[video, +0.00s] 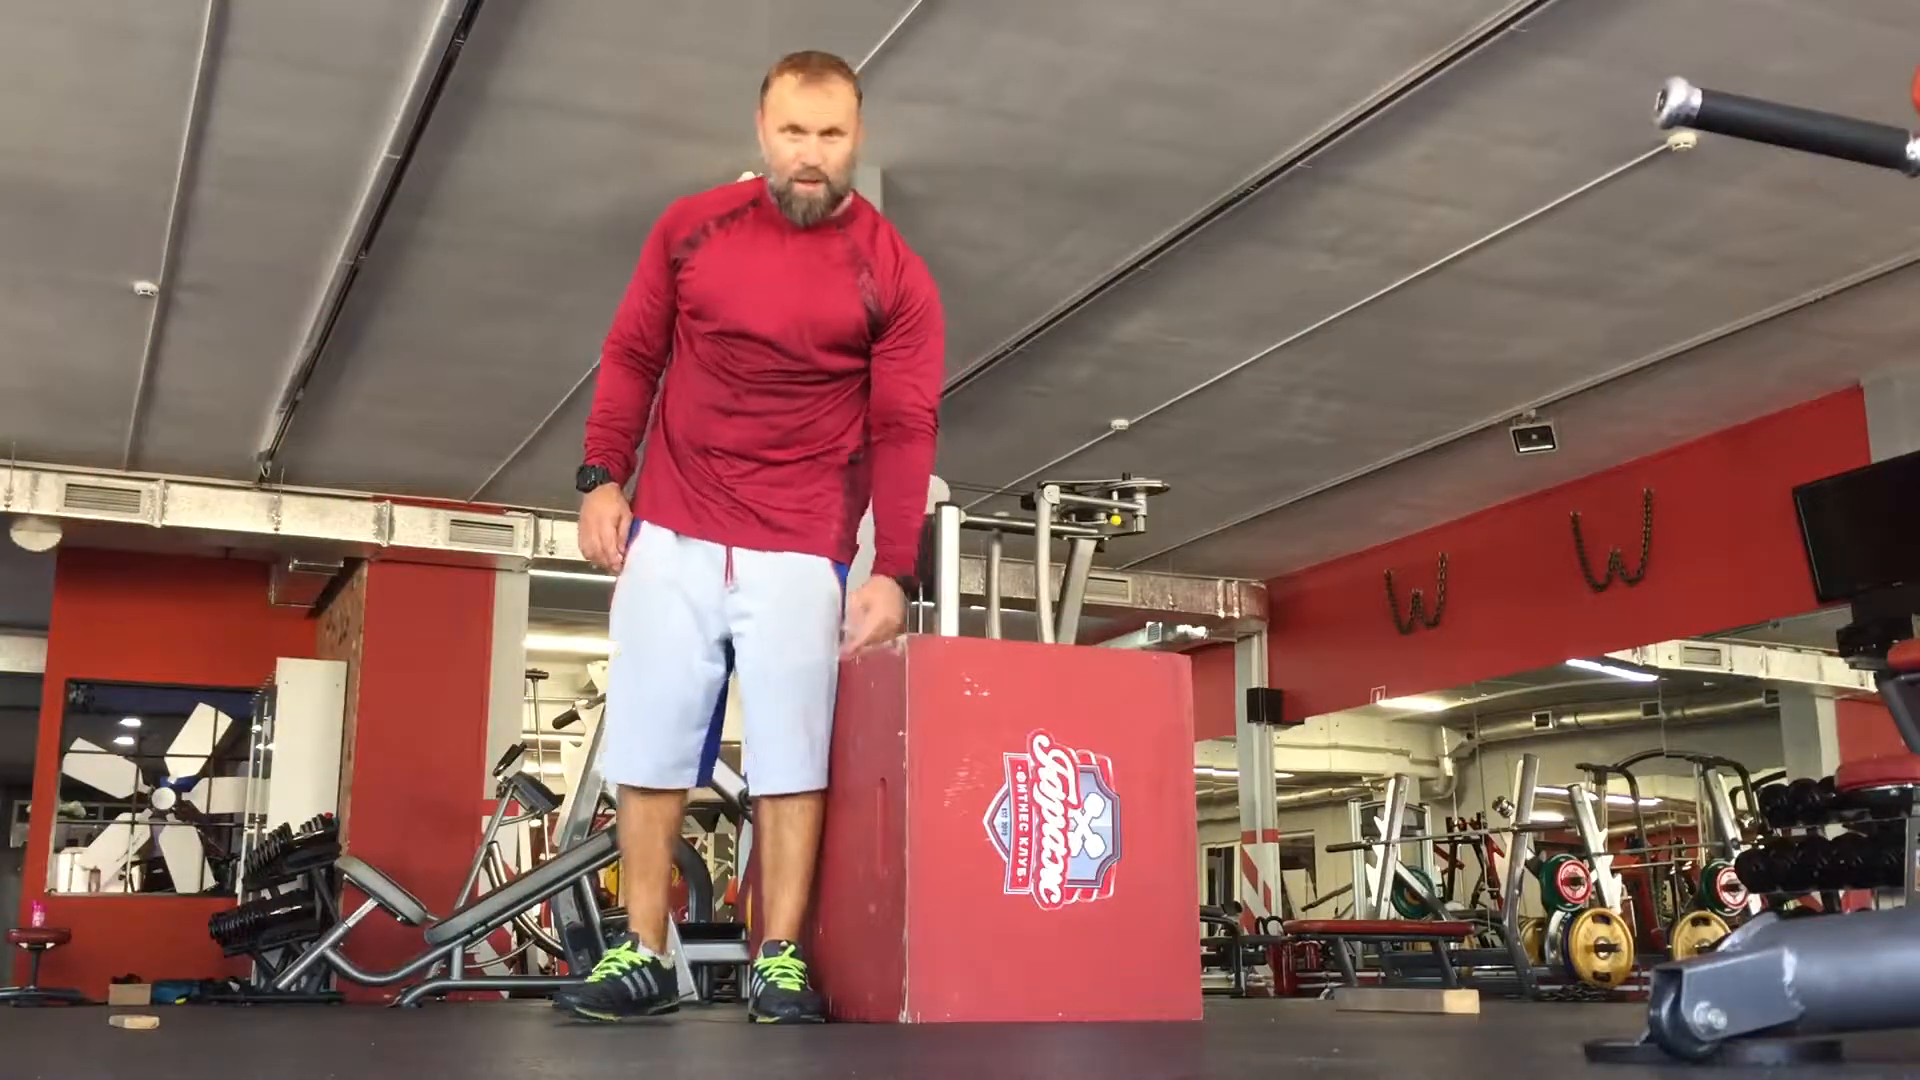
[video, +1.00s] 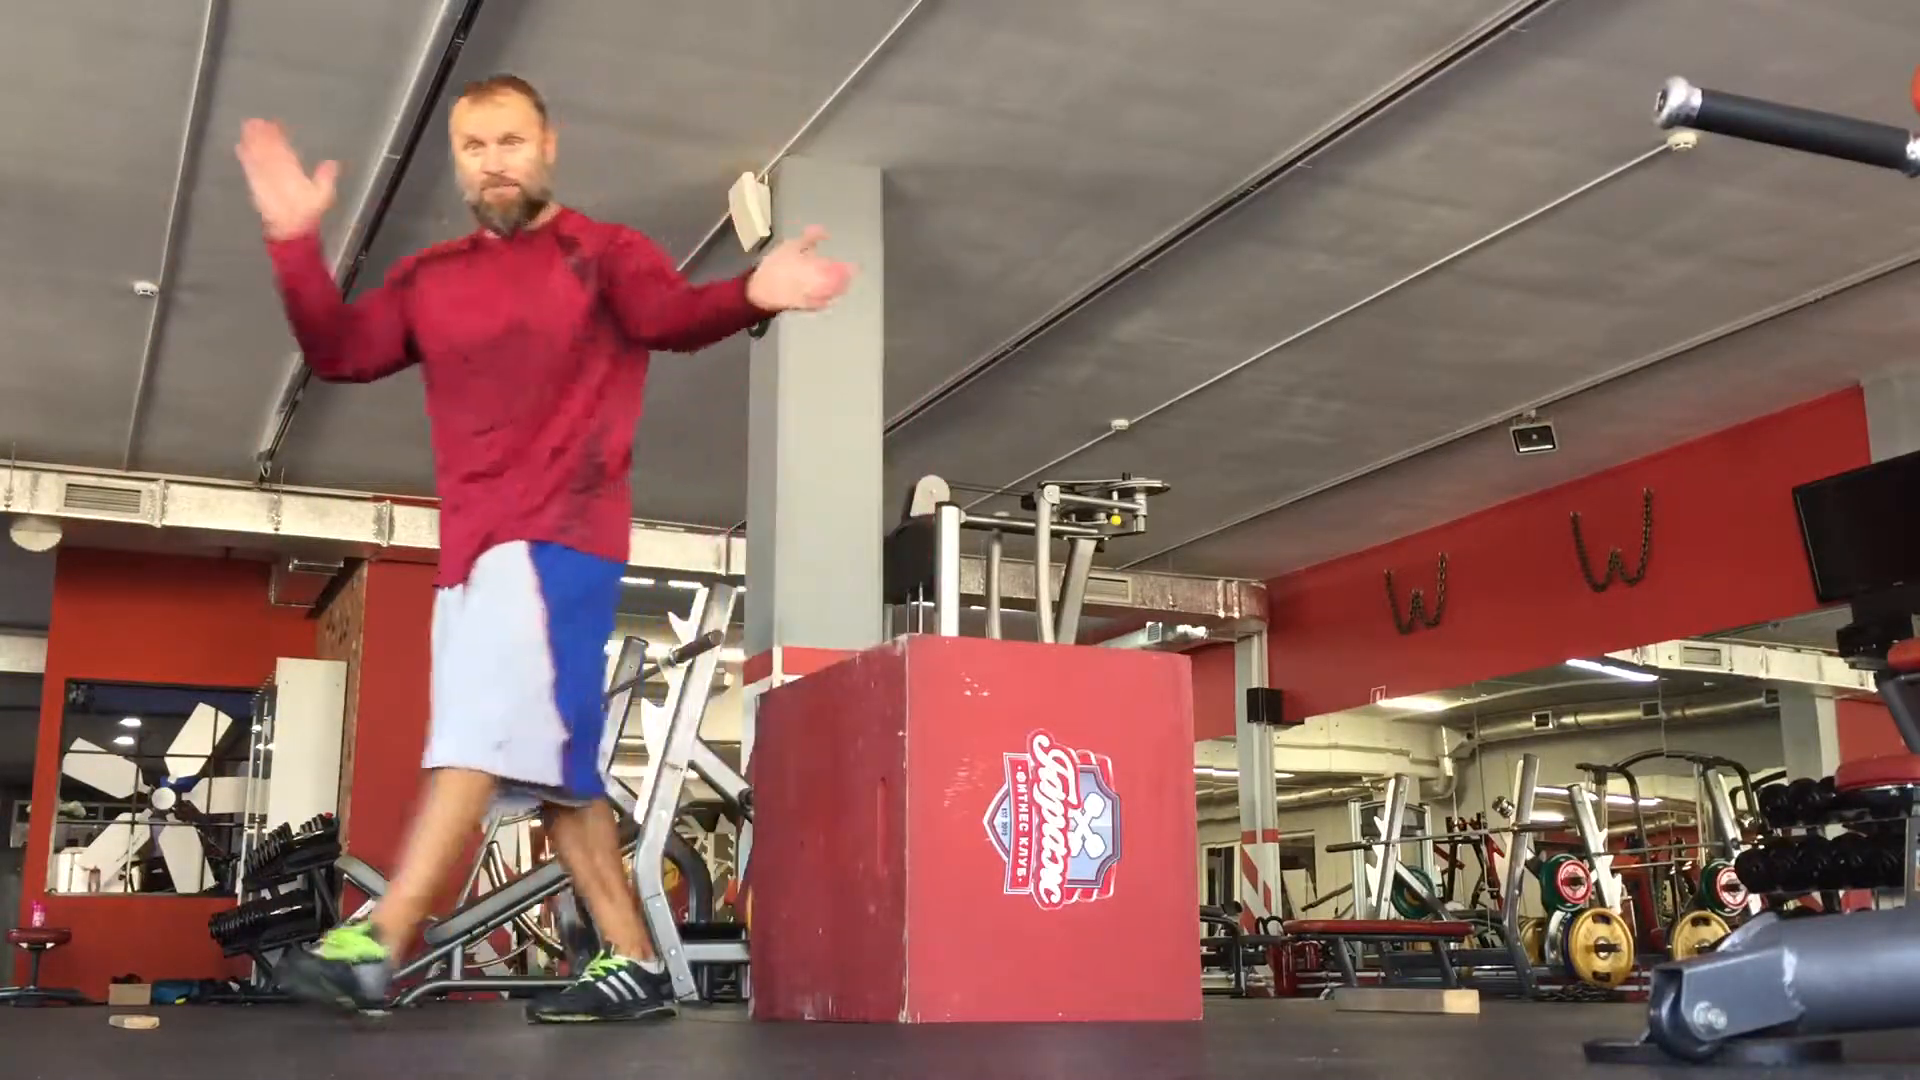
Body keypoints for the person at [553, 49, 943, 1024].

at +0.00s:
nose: (810, 153)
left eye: (831, 134)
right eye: (792, 131)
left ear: (859, 142)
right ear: (760, 134)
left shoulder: (895, 277)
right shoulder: (690, 228)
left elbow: (905, 428)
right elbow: (631, 356)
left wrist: (892, 569)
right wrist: (603, 476)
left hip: (804, 532)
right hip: (673, 516)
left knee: (789, 742)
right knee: (648, 732)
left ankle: (779, 956)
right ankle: (646, 952)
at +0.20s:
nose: (747, 147)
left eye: (766, 129)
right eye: (729, 130)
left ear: (797, 139)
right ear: (702, 141)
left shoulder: (849, 268)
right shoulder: (647, 248)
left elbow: (887, 380)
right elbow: (590, 356)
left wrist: (861, 433)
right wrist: (608, 423)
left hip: (784, 531)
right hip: (656, 528)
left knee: (782, 742)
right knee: (636, 740)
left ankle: (779, 958)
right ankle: (640, 964)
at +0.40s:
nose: (676, 167)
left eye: (694, 150)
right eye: (657, 153)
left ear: (726, 162)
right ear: (634, 169)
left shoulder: (767, 253)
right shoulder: (597, 252)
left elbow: (805, 279)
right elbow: (567, 291)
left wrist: (798, 280)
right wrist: (605, 288)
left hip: (741, 549)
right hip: (615, 553)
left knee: (762, 750)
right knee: (618, 754)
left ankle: (775, 958)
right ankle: (636, 963)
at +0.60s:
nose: (620, 178)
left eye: (635, 160)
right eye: (600, 164)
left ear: (667, 164)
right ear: (576, 175)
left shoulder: (715, 256)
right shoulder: (545, 256)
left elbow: (749, 289)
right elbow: (518, 293)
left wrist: (728, 241)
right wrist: (562, 263)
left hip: (685, 537)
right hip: (571, 546)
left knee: (700, 738)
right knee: (592, 759)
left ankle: (727, 945)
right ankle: (632, 965)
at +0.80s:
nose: (566, 175)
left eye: (582, 156)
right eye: (546, 161)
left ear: (614, 163)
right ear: (525, 176)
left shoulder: (659, 253)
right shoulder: (505, 270)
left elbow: (690, 278)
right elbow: (452, 329)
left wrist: (717, 253)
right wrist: (469, 282)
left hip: (627, 522)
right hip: (529, 532)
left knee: (607, 720)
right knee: (569, 739)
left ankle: (579, 940)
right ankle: (631, 958)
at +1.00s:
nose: (491, 160)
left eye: (510, 140)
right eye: (473, 145)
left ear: (548, 147)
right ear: (455, 161)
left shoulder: (602, 250)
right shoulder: (427, 279)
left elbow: (665, 313)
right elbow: (339, 349)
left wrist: (749, 291)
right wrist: (297, 242)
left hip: (564, 527)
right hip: (473, 535)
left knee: (474, 730)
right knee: (559, 758)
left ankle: (380, 945)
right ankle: (635, 963)